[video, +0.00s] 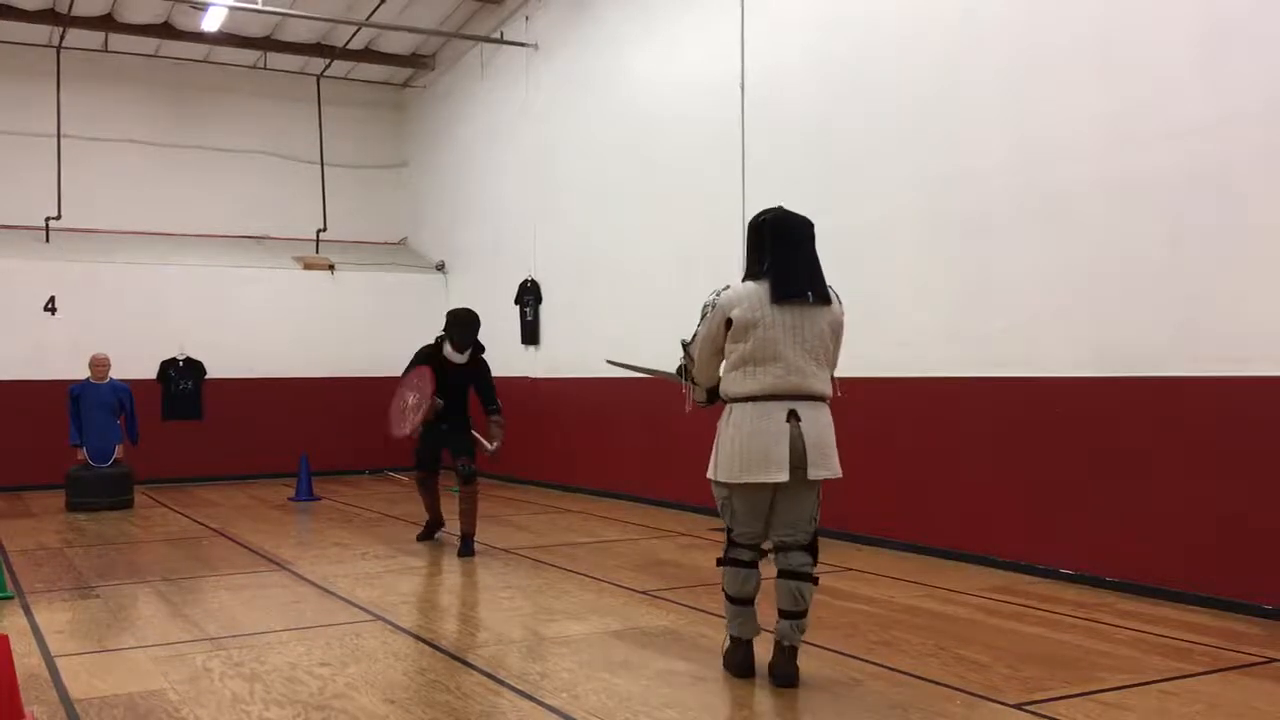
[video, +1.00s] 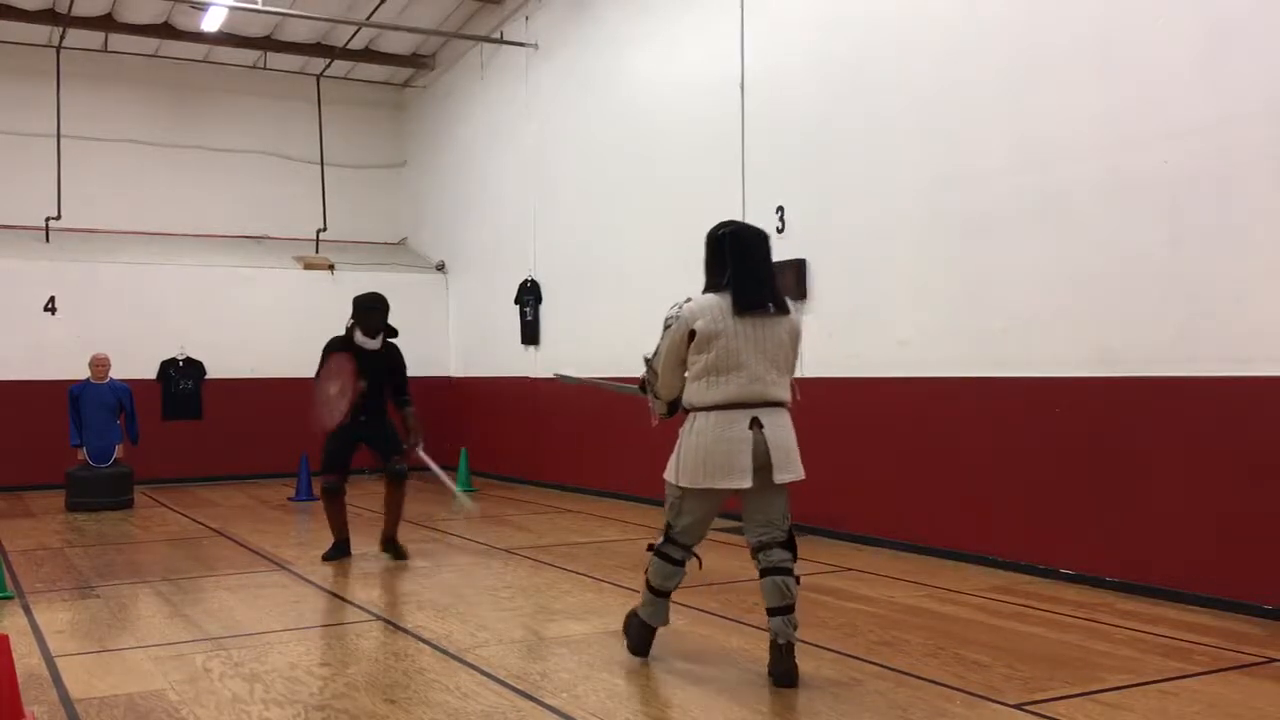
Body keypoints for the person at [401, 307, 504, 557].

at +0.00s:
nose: (464, 344)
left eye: (469, 339)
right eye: (460, 338)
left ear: (474, 337)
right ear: (449, 333)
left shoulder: (477, 364)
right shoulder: (427, 356)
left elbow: (491, 403)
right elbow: (405, 390)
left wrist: (496, 436)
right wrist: (423, 408)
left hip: (459, 424)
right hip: (429, 424)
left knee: (467, 476)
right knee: (424, 476)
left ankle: (467, 536)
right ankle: (434, 519)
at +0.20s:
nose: (464, 335)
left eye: (469, 329)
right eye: (460, 329)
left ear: (474, 330)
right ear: (450, 324)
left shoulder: (477, 359)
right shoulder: (425, 349)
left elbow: (491, 401)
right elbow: (405, 383)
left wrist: (496, 436)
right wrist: (414, 405)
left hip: (456, 421)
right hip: (425, 419)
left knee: (464, 475)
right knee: (404, 472)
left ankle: (467, 537)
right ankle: (421, 506)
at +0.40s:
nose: (451, 334)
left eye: (456, 329)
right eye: (447, 329)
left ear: (462, 326)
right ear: (436, 322)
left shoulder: (465, 353)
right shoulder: (414, 346)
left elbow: (482, 394)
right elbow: (402, 384)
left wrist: (489, 430)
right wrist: (417, 395)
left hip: (446, 419)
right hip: (414, 417)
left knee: (458, 473)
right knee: (387, 472)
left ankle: (466, 538)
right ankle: (381, 530)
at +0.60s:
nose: (417, 325)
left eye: (423, 319)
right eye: (413, 319)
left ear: (433, 321)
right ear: (406, 319)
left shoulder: (438, 352)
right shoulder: (396, 349)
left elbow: (457, 387)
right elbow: (378, 383)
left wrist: (467, 420)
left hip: (425, 422)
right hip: (392, 422)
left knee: (445, 477)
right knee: (364, 479)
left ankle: (465, 539)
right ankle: (345, 541)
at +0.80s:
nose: (387, 326)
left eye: (393, 320)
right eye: (382, 320)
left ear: (402, 322)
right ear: (374, 320)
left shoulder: (408, 354)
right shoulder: (362, 350)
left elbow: (422, 391)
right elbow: (343, 381)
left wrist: (437, 416)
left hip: (394, 423)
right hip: (360, 422)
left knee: (425, 477)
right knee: (339, 482)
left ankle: (448, 537)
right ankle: (341, 542)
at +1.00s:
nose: (375, 322)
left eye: (380, 316)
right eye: (370, 315)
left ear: (386, 318)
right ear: (357, 316)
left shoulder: (391, 352)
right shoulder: (337, 347)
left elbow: (402, 395)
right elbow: (323, 388)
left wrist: (413, 432)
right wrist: (345, 391)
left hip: (378, 423)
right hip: (343, 424)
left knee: (397, 470)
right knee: (331, 484)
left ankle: (390, 538)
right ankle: (341, 541)